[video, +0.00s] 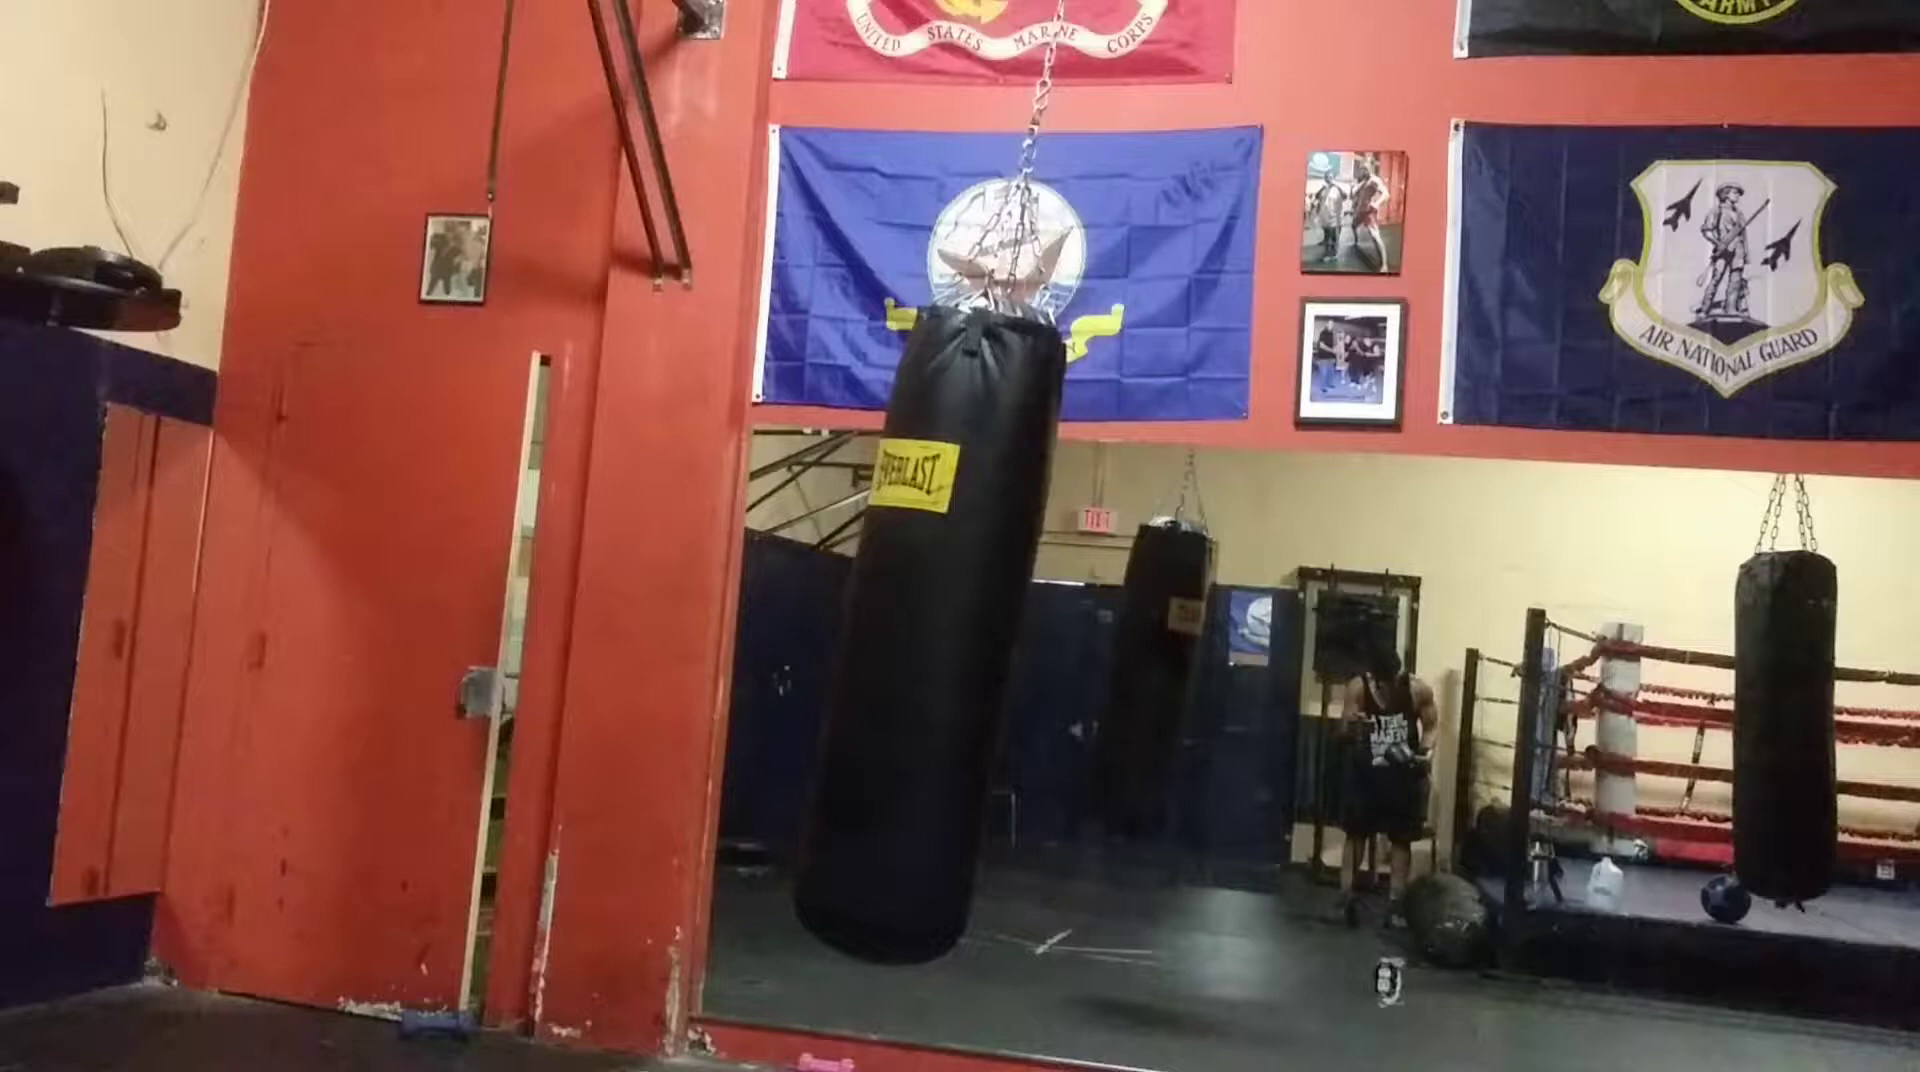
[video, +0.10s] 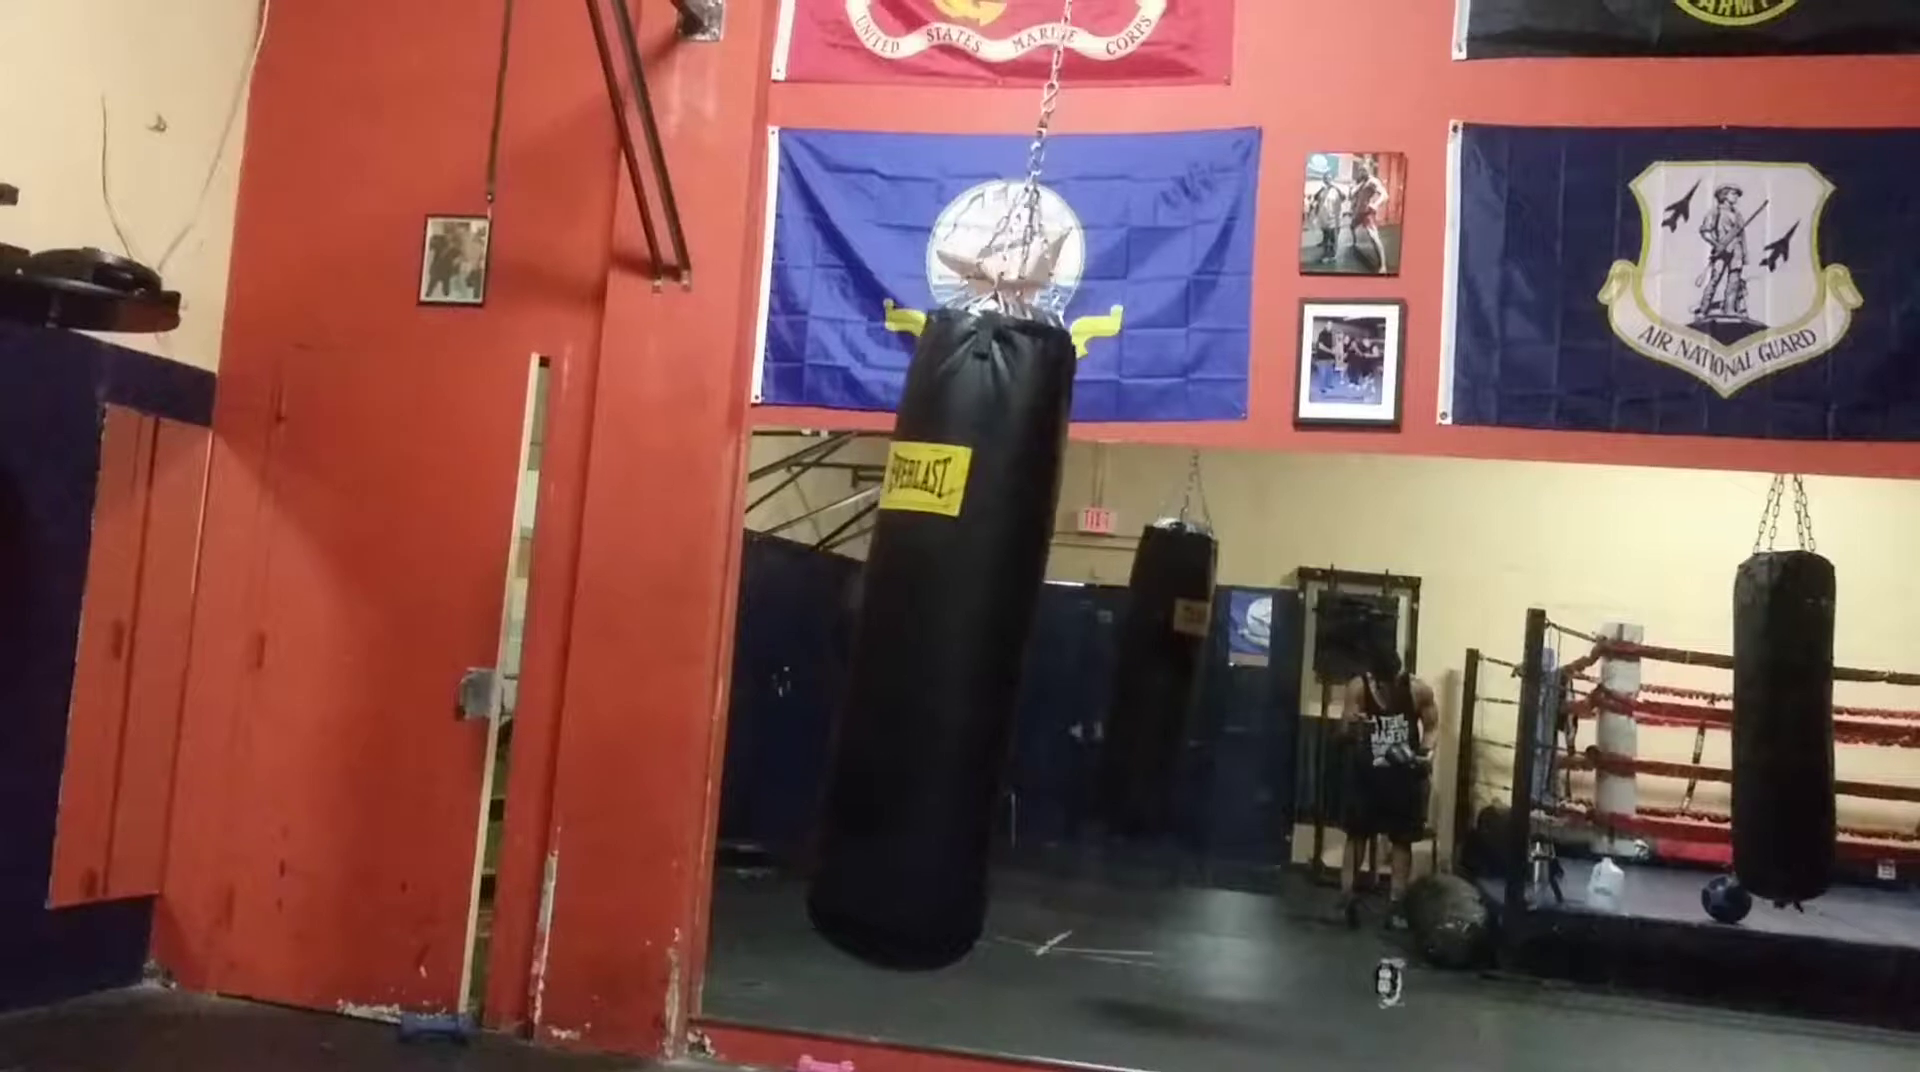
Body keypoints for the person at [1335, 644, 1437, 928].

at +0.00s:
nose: (1382, 690)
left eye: (1387, 685)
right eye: (1377, 685)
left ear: (1399, 676)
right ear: (1370, 678)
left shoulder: (1418, 691)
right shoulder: (1358, 688)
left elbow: (1430, 725)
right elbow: (1344, 731)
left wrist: (1426, 750)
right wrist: (1353, 723)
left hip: (1404, 776)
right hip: (1364, 774)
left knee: (1401, 841)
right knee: (1355, 835)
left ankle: (1396, 904)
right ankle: (1346, 897)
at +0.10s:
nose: (1382, 691)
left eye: (1388, 685)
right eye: (1378, 685)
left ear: (1400, 677)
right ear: (1370, 678)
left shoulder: (1419, 691)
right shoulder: (1358, 689)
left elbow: (1431, 725)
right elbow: (1344, 732)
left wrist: (1427, 750)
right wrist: (1352, 724)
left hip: (1405, 776)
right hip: (1365, 774)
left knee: (1402, 841)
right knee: (1356, 836)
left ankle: (1397, 904)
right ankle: (1347, 897)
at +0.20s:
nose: (1382, 691)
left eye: (1388, 686)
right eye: (1378, 685)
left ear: (1400, 677)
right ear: (1370, 678)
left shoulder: (1419, 691)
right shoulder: (1359, 689)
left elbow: (1432, 725)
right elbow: (1346, 732)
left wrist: (1428, 750)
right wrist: (1354, 723)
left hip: (1405, 776)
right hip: (1366, 774)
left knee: (1402, 841)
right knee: (1356, 836)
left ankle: (1397, 904)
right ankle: (1348, 896)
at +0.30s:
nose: (1384, 689)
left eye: (1390, 683)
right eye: (1379, 684)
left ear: (1401, 674)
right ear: (1371, 676)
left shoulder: (1420, 691)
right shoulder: (1360, 689)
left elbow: (1432, 726)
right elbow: (1347, 731)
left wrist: (1429, 751)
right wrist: (1355, 726)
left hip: (1406, 777)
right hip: (1368, 775)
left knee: (1403, 841)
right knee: (1358, 836)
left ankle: (1397, 904)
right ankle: (1348, 897)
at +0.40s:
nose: (1383, 690)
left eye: (1388, 685)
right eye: (1378, 685)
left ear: (1401, 677)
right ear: (1371, 678)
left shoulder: (1420, 692)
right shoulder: (1361, 690)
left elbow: (1434, 725)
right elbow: (1350, 729)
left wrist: (1430, 751)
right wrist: (1359, 725)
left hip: (1408, 776)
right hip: (1369, 774)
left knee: (1404, 842)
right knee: (1360, 837)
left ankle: (1398, 905)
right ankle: (1350, 899)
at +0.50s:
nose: (1388, 689)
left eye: (1394, 683)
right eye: (1382, 683)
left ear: (1406, 675)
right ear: (1375, 678)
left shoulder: (1424, 694)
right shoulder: (1364, 693)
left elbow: (1437, 727)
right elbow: (1355, 730)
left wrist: (1434, 752)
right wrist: (1365, 731)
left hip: (1412, 778)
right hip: (1374, 776)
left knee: (1408, 844)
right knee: (1363, 839)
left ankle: (1402, 907)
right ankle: (1354, 901)